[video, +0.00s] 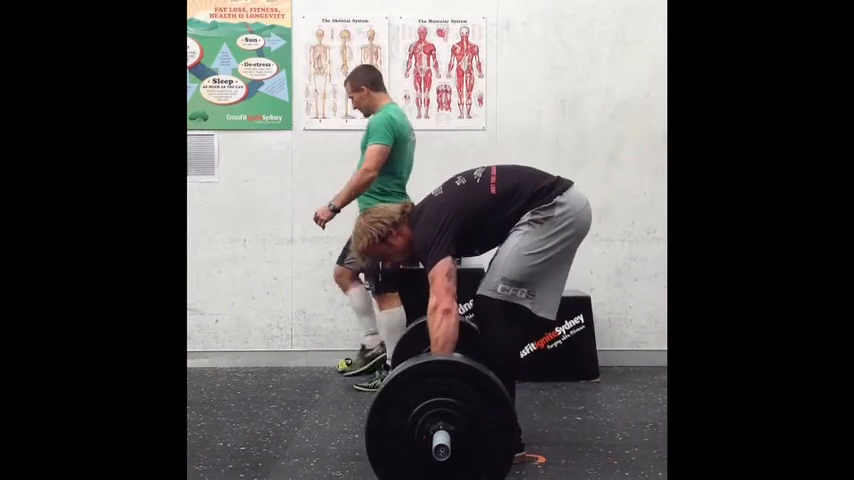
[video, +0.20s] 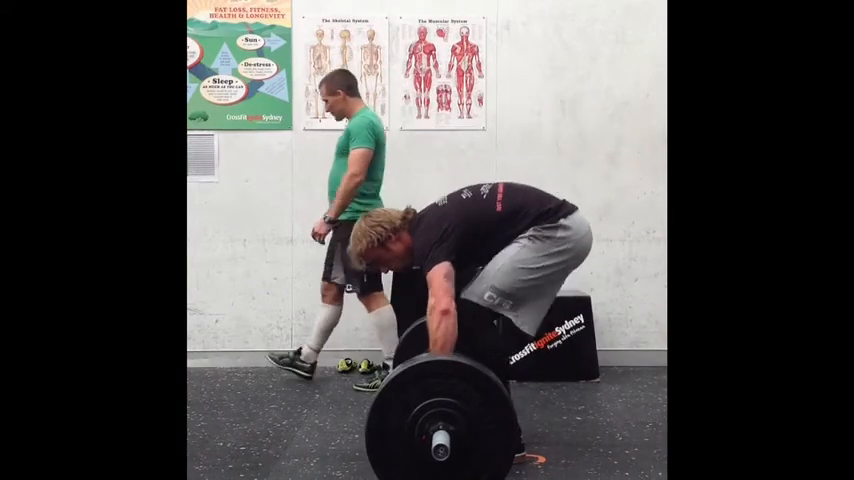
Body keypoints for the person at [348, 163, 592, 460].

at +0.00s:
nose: (392, 263)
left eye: (385, 257)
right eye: (384, 260)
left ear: (395, 234)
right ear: (395, 228)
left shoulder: (430, 226)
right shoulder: (428, 221)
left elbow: (443, 307)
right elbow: (442, 301)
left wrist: (436, 382)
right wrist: (437, 374)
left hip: (554, 209)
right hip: (555, 206)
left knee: (491, 311)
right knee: (493, 311)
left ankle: (499, 433)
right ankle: (497, 429)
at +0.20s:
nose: (387, 270)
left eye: (381, 262)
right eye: (380, 266)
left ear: (392, 240)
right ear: (394, 235)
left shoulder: (431, 233)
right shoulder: (427, 230)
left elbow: (444, 309)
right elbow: (434, 307)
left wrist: (435, 386)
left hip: (555, 230)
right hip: (553, 228)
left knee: (471, 316)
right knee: (471, 314)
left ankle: (502, 438)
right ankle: (496, 433)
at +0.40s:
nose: (381, 284)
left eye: (377, 276)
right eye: (375, 279)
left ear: (391, 256)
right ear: (392, 252)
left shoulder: (429, 253)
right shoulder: (427, 246)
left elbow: (440, 315)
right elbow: (441, 313)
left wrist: (436, 388)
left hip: (553, 276)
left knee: (457, 323)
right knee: (452, 328)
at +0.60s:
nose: (380, 305)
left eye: (376, 296)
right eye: (374, 299)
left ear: (391, 276)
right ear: (394, 273)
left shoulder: (428, 273)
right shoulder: (432, 266)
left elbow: (436, 319)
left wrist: (438, 388)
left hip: (546, 328)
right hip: (544, 324)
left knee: (446, 334)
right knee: (436, 333)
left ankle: (495, 436)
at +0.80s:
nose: (381, 315)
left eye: (378, 306)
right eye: (375, 309)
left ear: (394, 287)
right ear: (396, 283)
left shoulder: (428, 284)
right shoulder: (434, 277)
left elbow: (433, 320)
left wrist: (440, 389)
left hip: (542, 356)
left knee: (441, 343)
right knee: (430, 341)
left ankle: (502, 438)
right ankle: (503, 435)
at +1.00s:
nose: (383, 306)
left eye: (379, 297)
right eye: (377, 300)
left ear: (394, 279)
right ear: (397, 276)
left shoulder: (430, 275)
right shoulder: (436, 268)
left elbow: (433, 319)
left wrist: (438, 387)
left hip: (546, 343)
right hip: (545, 339)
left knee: (442, 339)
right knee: (438, 337)